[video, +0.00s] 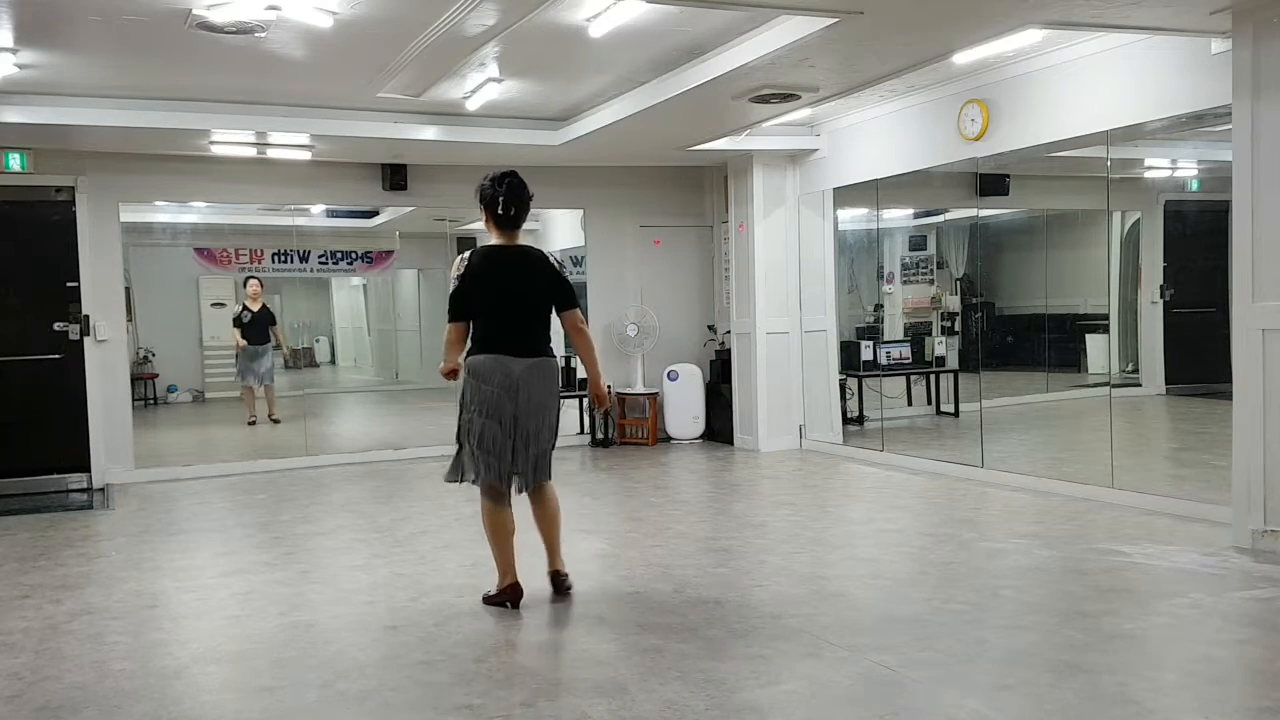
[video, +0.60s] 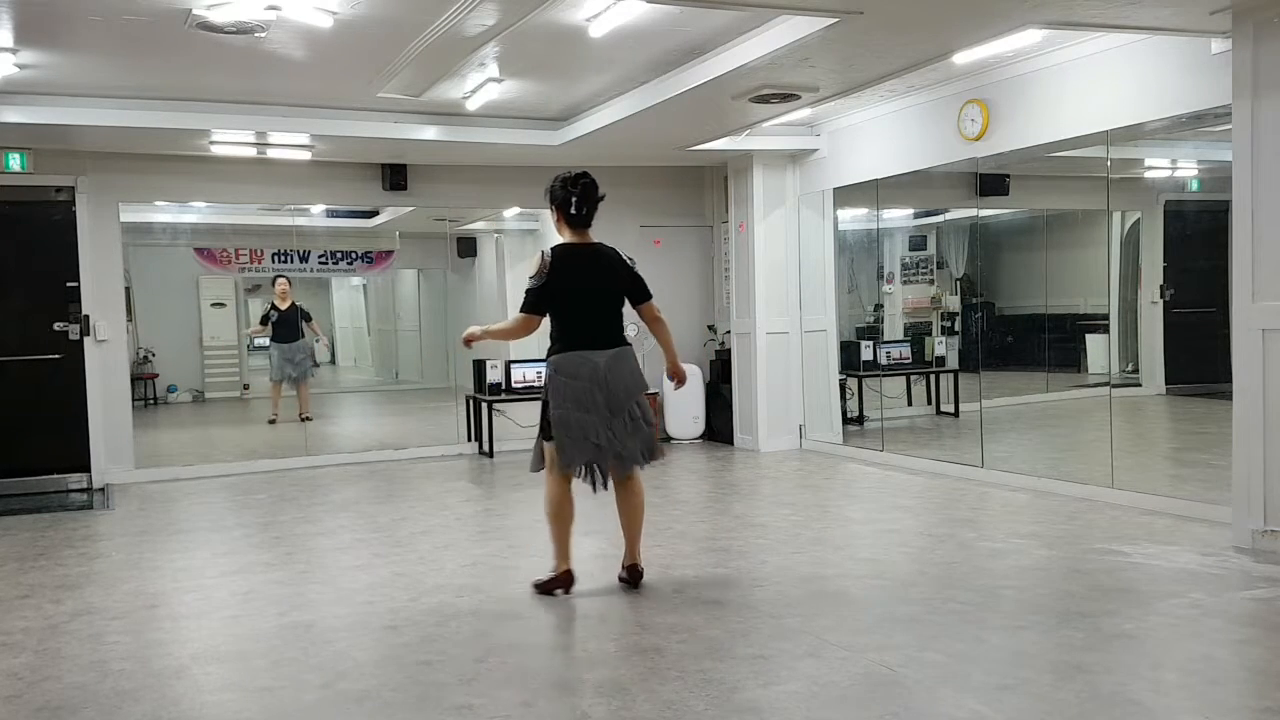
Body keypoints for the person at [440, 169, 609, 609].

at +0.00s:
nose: (481, 216)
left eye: (481, 210)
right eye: (485, 209)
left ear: (486, 215)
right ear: (525, 215)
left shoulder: (471, 265)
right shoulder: (545, 264)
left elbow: (457, 330)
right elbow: (575, 325)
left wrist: (451, 362)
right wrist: (596, 378)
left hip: (488, 371)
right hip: (541, 371)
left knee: (493, 482)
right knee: (539, 475)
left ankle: (509, 584)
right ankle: (557, 569)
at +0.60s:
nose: (551, 217)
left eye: (551, 212)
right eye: (554, 211)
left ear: (556, 215)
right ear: (594, 212)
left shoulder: (552, 261)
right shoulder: (614, 259)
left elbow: (526, 324)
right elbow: (652, 316)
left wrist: (483, 332)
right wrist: (673, 360)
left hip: (568, 370)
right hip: (619, 367)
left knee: (558, 469)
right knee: (624, 465)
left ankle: (563, 569)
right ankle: (633, 562)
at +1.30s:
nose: (580, 219)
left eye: (580, 213)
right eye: (582, 213)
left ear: (586, 216)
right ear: (626, 215)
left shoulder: (577, 265)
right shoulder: (646, 264)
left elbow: (555, 328)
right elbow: (674, 325)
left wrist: (528, 353)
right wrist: (691, 379)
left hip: (589, 373)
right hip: (641, 372)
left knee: (593, 476)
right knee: (642, 475)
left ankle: (609, 568)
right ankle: (668, 561)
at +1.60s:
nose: (598, 217)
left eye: (598, 210)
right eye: (601, 210)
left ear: (605, 213)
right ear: (645, 211)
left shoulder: (601, 265)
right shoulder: (670, 262)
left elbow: (583, 332)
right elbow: (700, 328)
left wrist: (546, 369)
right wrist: (705, 379)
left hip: (618, 377)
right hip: (674, 373)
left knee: (616, 479)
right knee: (676, 485)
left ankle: (616, 570)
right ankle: (678, 593)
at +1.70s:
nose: (604, 214)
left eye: (604, 208)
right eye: (606, 208)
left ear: (609, 210)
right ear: (652, 207)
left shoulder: (604, 260)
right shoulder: (675, 258)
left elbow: (592, 328)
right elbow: (706, 326)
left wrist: (559, 367)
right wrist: (712, 378)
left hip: (621, 373)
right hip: (677, 369)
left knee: (623, 480)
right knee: (679, 484)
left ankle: (631, 576)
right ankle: (678, 593)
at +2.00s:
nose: (608, 208)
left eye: (608, 202)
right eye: (612, 201)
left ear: (613, 204)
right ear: (656, 203)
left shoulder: (605, 255)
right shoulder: (678, 254)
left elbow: (591, 323)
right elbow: (709, 324)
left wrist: (566, 363)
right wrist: (724, 378)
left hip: (626, 373)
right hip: (683, 370)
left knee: (623, 483)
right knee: (684, 481)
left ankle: (633, 596)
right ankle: (680, 594)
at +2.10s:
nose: (605, 206)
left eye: (605, 200)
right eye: (609, 200)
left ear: (610, 203)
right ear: (654, 202)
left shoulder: (602, 255)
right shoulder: (675, 254)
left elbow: (586, 324)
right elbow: (708, 325)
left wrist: (559, 357)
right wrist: (724, 380)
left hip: (622, 375)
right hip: (680, 372)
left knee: (608, 488)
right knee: (683, 484)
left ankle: (609, 602)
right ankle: (680, 595)